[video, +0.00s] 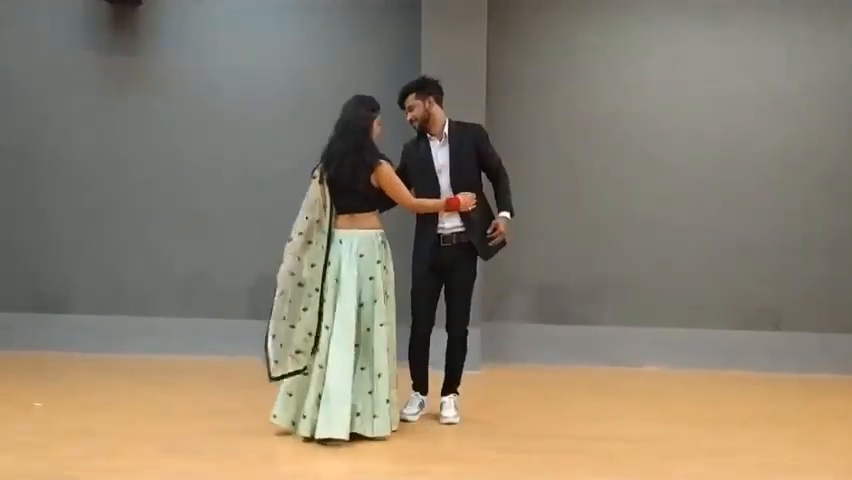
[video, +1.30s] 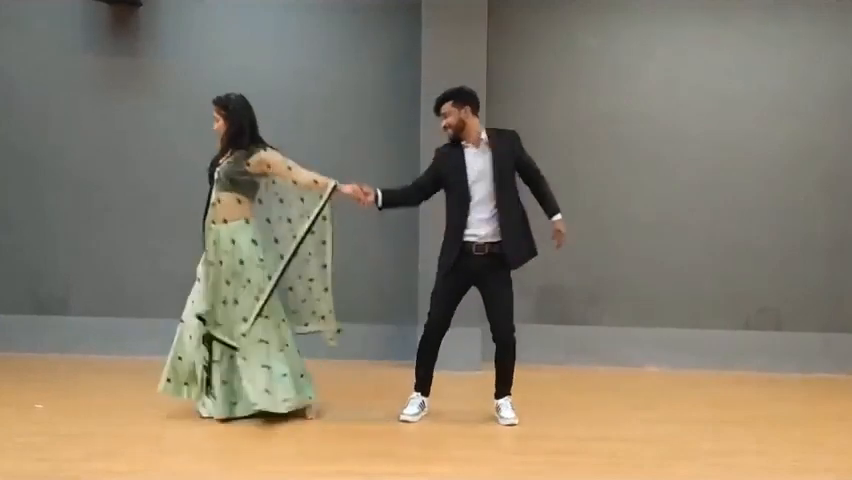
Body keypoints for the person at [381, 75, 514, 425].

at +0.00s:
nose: (408, 116)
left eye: (412, 108)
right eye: (406, 111)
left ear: (432, 102)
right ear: (416, 110)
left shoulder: (472, 135)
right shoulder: (413, 148)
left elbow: (498, 174)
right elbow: (395, 192)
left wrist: (505, 214)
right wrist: (360, 208)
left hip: (464, 243)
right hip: (428, 243)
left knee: (457, 325)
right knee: (421, 322)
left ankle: (450, 396)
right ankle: (419, 394)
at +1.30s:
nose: (443, 123)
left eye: (447, 115)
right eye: (441, 118)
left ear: (468, 111)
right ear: (458, 115)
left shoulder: (506, 142)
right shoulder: (447, 156)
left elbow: (533, 177)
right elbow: (417, 192)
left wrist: (555, 216)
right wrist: (376, 197)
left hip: (496, 256)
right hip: (458, 255)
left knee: (505, 334)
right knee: (434, 326)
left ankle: (503, 399)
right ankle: (419, 396)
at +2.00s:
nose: (439, 119)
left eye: (445, 113)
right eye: (438, 113)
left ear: (466, 115)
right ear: (443, 115)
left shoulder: (491, 154)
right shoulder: (431, 151)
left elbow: (507, 197)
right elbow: (410, 188)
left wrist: (518, 240)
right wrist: (372, 197)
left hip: (471, 256)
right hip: (433, 255)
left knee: (495, 326)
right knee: (413, 323)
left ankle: (504, 397)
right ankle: (396, 392)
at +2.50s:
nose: (436, 115)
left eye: (443, 111)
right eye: (434, 109)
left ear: (459, 113)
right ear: (432, 109)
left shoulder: (476, 152)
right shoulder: (417, 144)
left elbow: (488, 196)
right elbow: (396, 184)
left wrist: (485, 228)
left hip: (456, 251)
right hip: (417, 248)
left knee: (478, 325)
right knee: (404, 323)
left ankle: (501, 399)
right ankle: (394, 399)